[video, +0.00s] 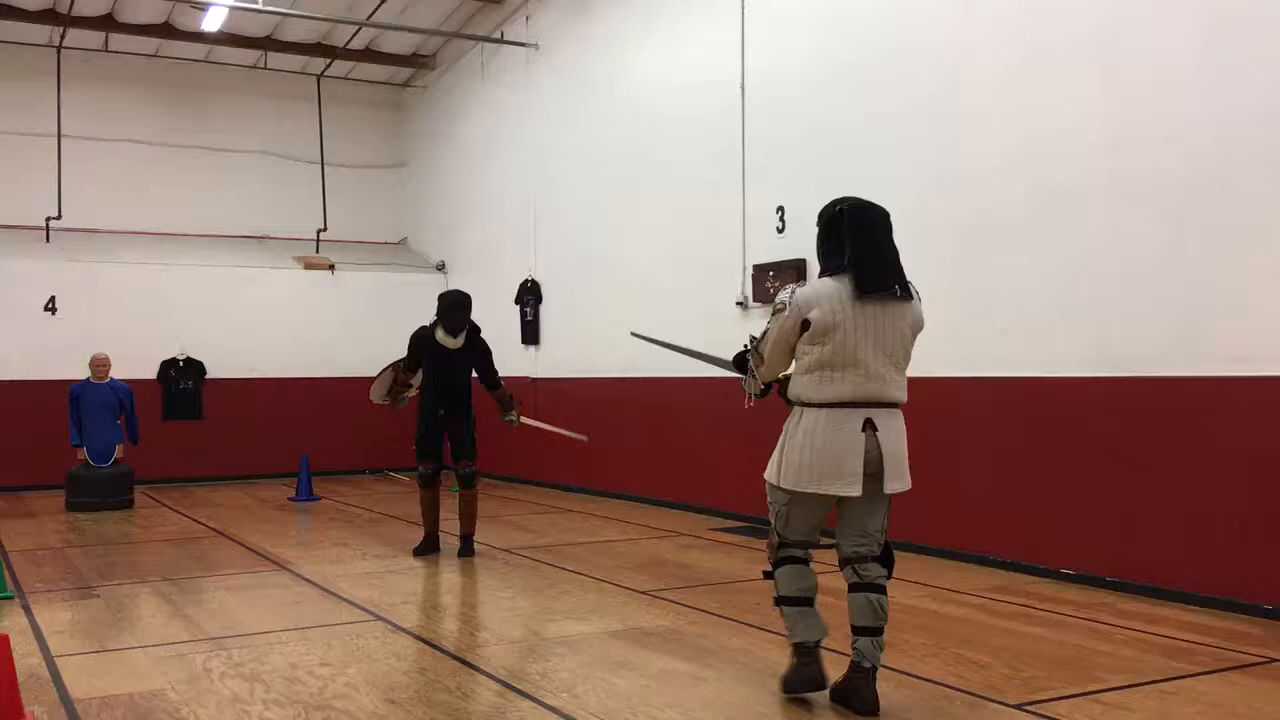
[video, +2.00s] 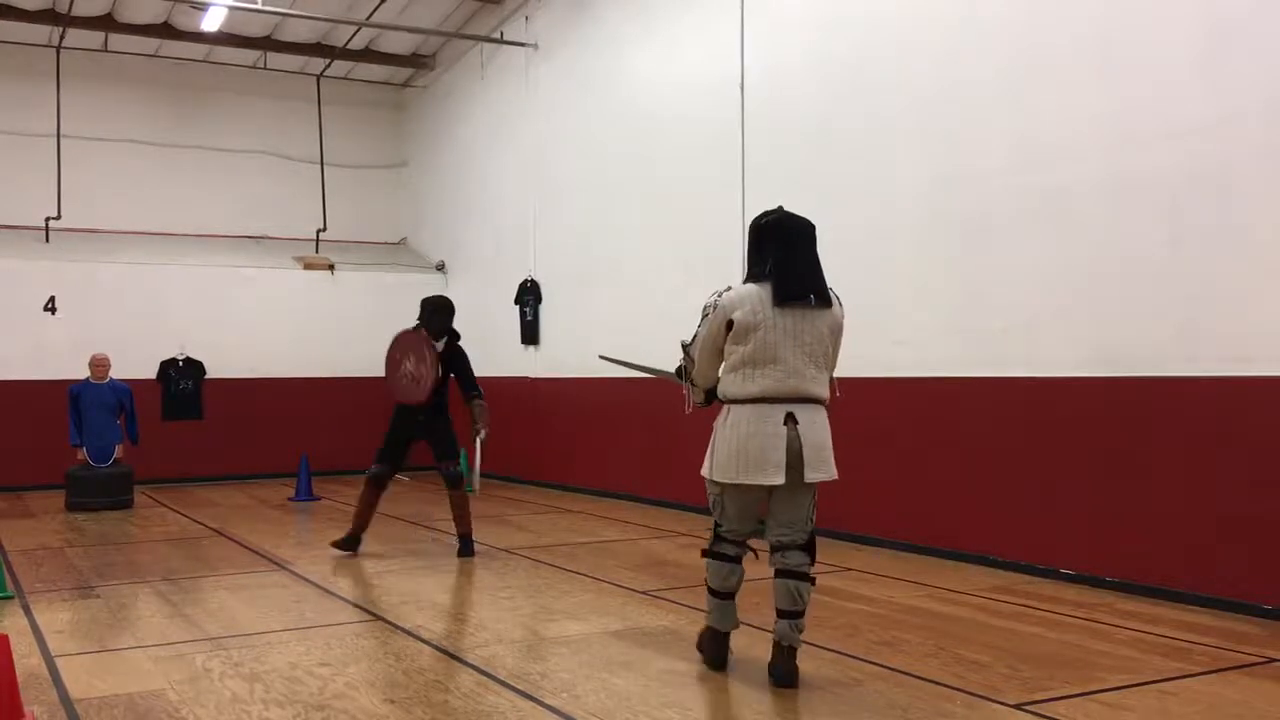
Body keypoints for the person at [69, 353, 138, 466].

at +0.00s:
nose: (100, 369)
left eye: (104, 366)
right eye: (97, 366)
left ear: (109, 367)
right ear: (90, 367)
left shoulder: (121, 389)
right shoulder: (78, 390)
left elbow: (129, 415)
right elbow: (74, 419)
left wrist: (133, 438)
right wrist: (78, 445)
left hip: (114, 446)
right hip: (87, 446)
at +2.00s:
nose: (100, 369)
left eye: (104, 366)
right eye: (97, 366)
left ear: (109, 367)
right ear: (90, 367)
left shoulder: (121, 390)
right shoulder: (77, 390)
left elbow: (129, 416)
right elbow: (74, 419)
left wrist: (133, 438)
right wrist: (78, 445)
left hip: (113, 445)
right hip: (87, 445)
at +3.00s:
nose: (100, 369)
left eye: (104, 366)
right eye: (96, 366)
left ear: (109, 367)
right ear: (90, 367)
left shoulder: (121, 389)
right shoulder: (77, 390)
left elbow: (130, 415)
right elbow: (75, 420)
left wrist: (133, 437)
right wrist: (78, 445)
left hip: (113, 444)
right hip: (87, 444)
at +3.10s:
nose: (100, 369)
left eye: (104, 366)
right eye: (96, 366)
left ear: (109, 367)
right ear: (90, 367)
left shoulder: (121, 389)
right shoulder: (77, 390)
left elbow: (129, 415)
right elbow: (75, 420)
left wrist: (133, 437)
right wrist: (78, 446)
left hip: (113, 444)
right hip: (88, 444)